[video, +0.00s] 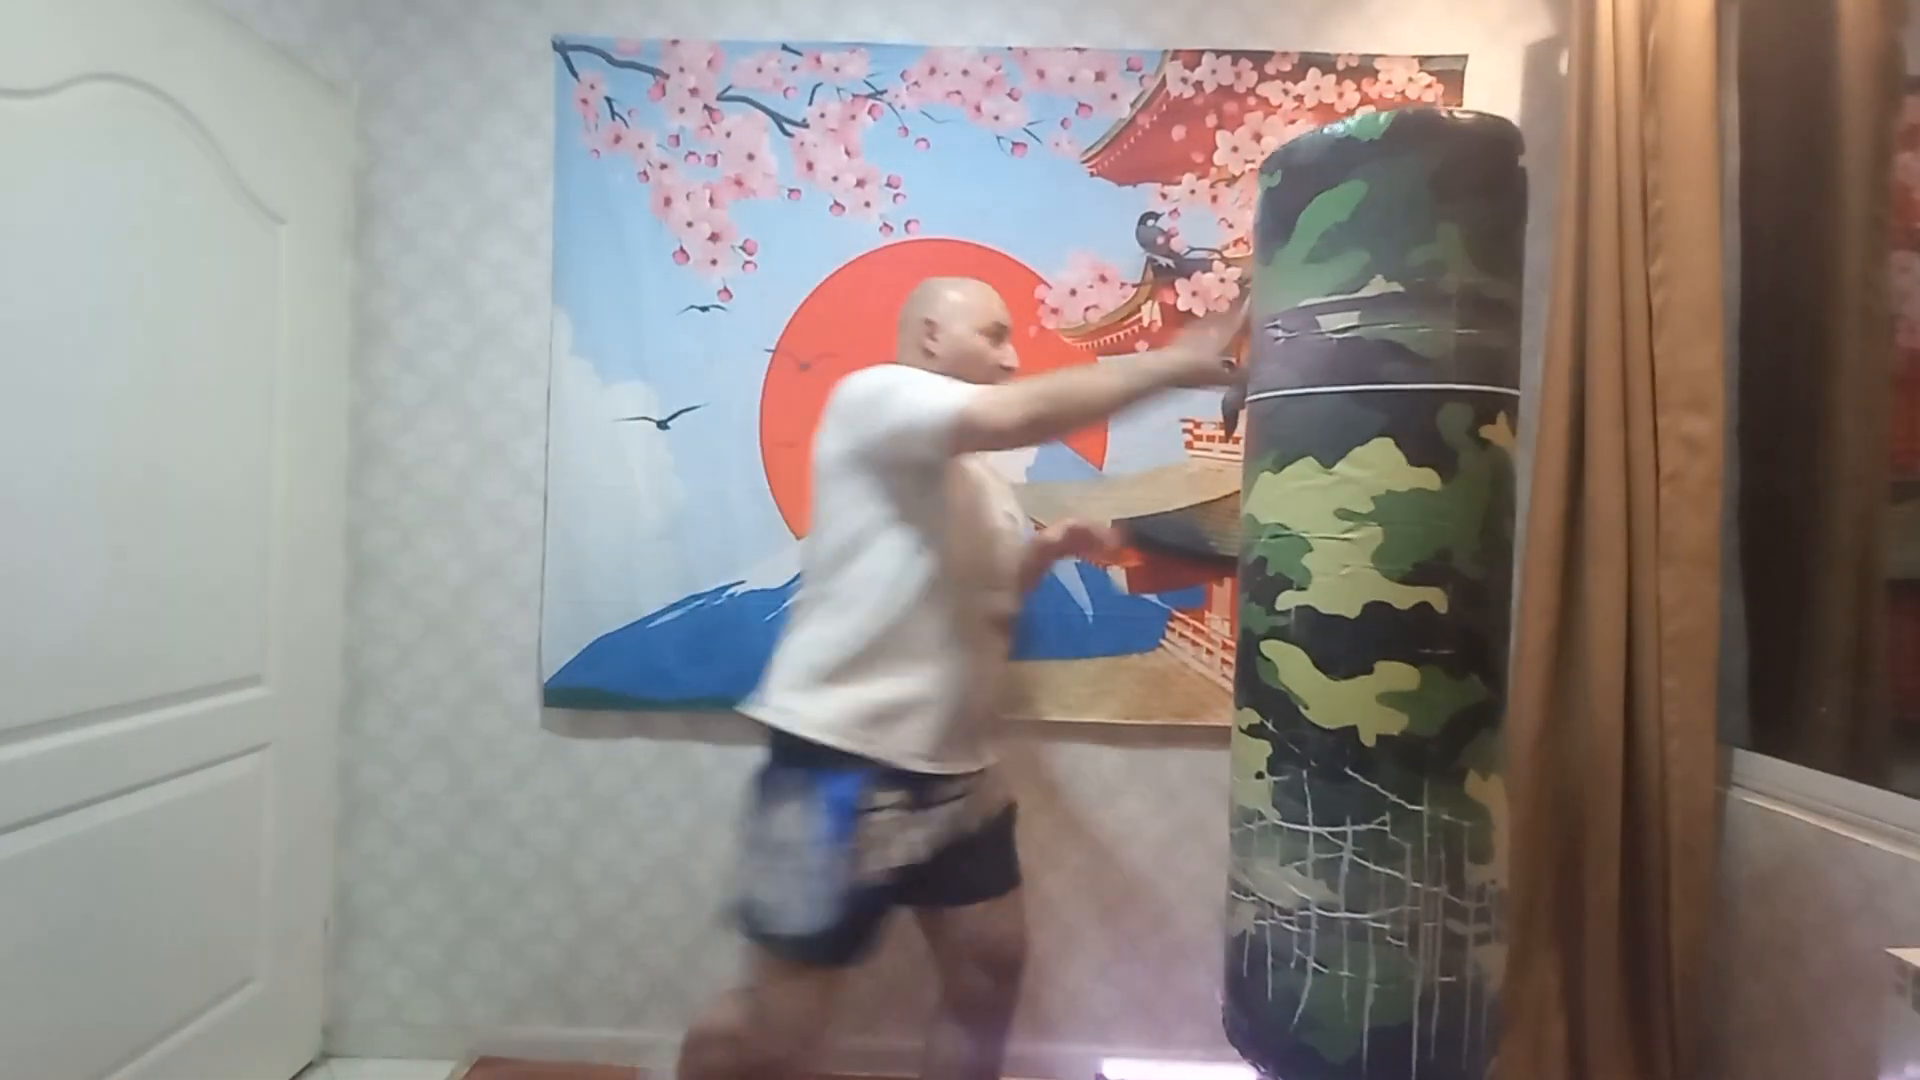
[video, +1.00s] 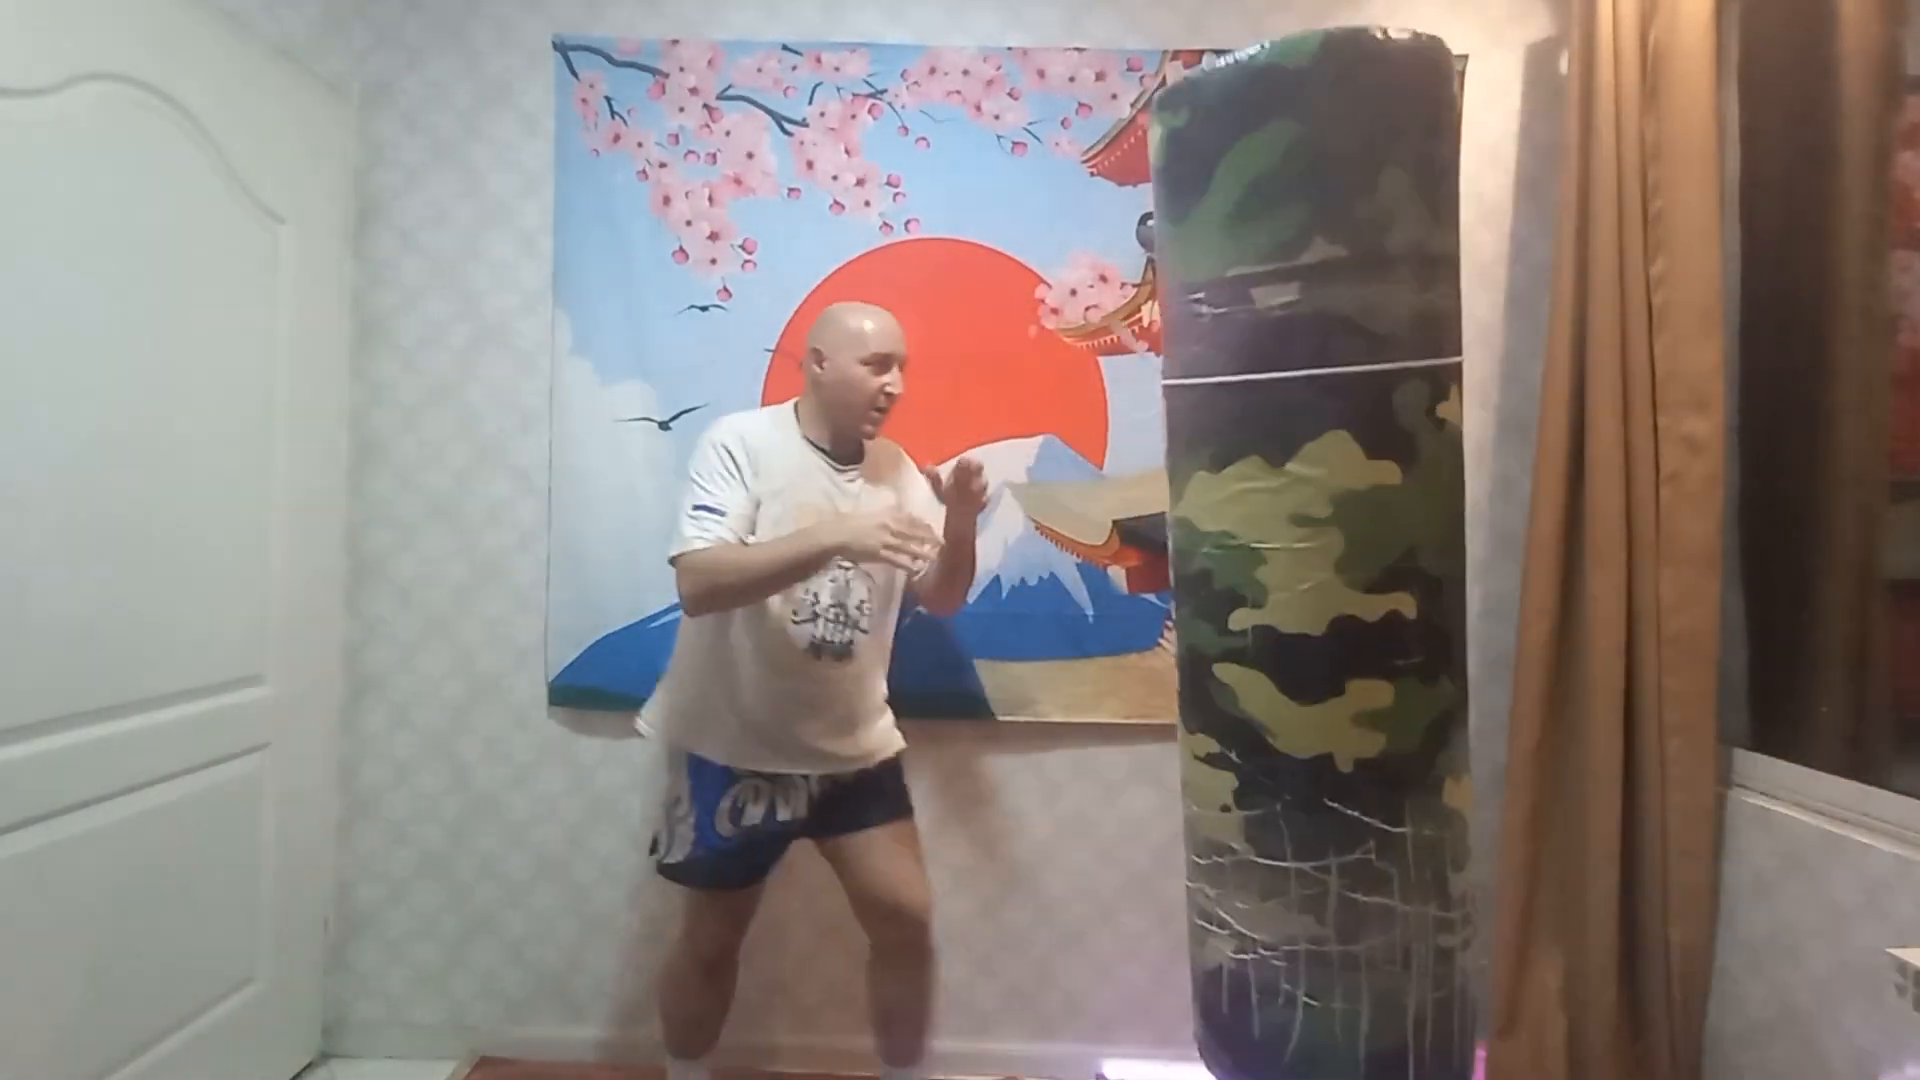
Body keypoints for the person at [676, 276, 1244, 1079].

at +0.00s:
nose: (1011, 355)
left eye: (1012, 339)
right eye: (992, 335)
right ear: (928, 335)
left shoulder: (993, 467)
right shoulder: (870, 401)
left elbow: (985, 600)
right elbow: (1020, 410)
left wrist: (1050, 547)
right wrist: (1181, 361)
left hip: (952, 768)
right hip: (835, 763)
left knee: (988, 979)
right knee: (777, 1030)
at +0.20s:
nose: (1037, 371)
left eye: (1041, 353)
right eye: (1028, 350)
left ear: (967, 343)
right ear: (973, 341)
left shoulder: (924, 416)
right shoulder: (936, 396)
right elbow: (984, 497)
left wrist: (1027, 467)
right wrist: (1167, 448)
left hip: (879, 707)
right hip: (923, 694)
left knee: (969, 944)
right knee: (1157, 798)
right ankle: (1032, 973)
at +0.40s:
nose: (1047, 383)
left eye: (1048, 368)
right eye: (1037, 364)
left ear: (1002, 362)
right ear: (976, 354)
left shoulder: (999, 459)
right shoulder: (913, 411)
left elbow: (999, 592)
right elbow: (871, 520)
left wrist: (1050, 502)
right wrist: (1038, 524)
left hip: (925, 678)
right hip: (903, 669)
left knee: (951, 949)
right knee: (1110, 794)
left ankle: (940, 1074)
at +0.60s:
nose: (1020, 382)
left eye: (1023, 366)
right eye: (1007, 362)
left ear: (965, 358)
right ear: (948, 354)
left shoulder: (992, 464)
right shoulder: (875, 410)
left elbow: (998, 600)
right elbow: (796, 520)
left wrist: (1032, 513)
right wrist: (940, 474)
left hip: (955, 711)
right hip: (871, 702)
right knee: (942, 957)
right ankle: (805, 1066)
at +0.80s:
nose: (951, 382)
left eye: (956, 366)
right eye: (935, 361)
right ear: (875, 358)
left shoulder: (946, 472)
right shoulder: (797, 431)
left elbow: (962, 608)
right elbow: (756, 563)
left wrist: (989, 520)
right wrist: (895, 480)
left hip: (911, 746)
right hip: (793, 743)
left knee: (948, 938)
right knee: (733, 950)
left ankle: (942, 1077)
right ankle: (685, 1068)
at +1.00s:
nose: (893, 385)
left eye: (899, 368)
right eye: (875, 365)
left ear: (900, 375)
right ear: (815, 364)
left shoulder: (899, 474)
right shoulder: (738, 443)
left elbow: (943, 598)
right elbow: (698, 583)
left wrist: (960, 520)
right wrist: (840, 535)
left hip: (856, 744)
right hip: (734, 745)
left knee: (906, 917)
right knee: (710, 945)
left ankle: (905, 1075)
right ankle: (685, 1073)